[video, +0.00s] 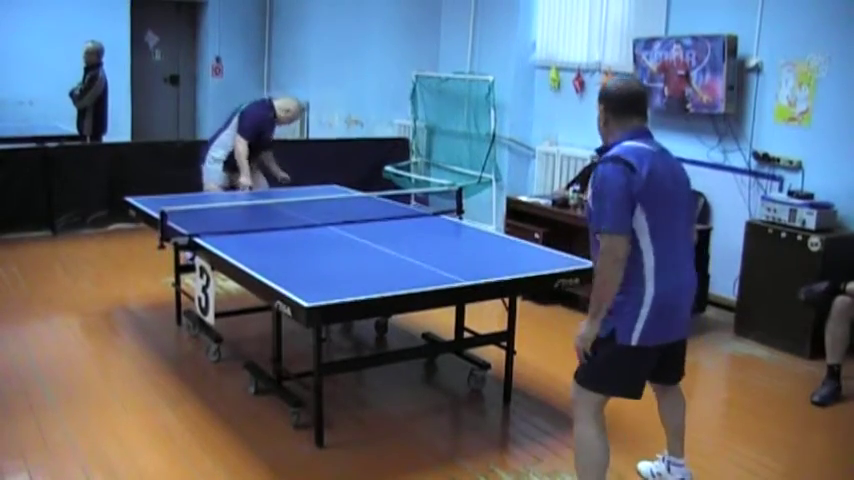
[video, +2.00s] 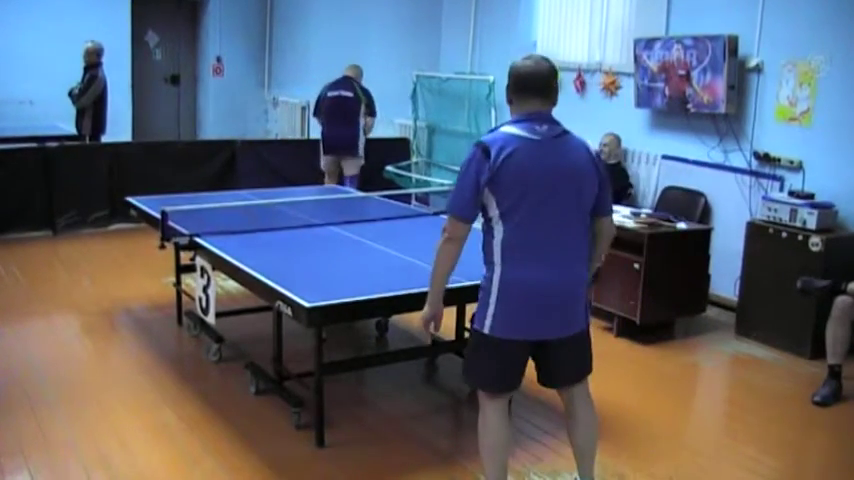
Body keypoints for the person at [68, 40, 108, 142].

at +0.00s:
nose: (86, 57)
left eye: (90, 54)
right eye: (85, 53)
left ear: (98, 56)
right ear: (84, 54)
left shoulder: (97, 76)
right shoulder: (88, 73)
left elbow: (83, 102)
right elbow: (78, 89)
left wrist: (74, 92)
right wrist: (77, 93)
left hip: (93, 128)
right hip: (85, 126)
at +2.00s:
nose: (85, 57)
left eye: (89, 54)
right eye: (85, 53)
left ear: (97, 56)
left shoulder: (96, 76)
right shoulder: (88, 73)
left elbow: (82, 101)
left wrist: (74, 92)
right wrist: (76, 92)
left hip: (92, 128)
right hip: (84, 127)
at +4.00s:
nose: (83, 56)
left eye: (87, 53)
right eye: (83, 53)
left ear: (95, 56)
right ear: (82, 54)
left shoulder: (95, 77)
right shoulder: (86, 73)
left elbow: (80, 103)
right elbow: (76, 89)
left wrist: (72, 92)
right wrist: (75, 94)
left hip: (91, 128)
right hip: (84, 127)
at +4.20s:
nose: (83, 56)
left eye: (87, 53)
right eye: (83, 53)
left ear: (95, 56)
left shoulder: (95, 76)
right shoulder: (87, 73)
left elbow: (80, 102)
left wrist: (72, 92)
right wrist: (75, 93)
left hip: (91, 128)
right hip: (84, 127)